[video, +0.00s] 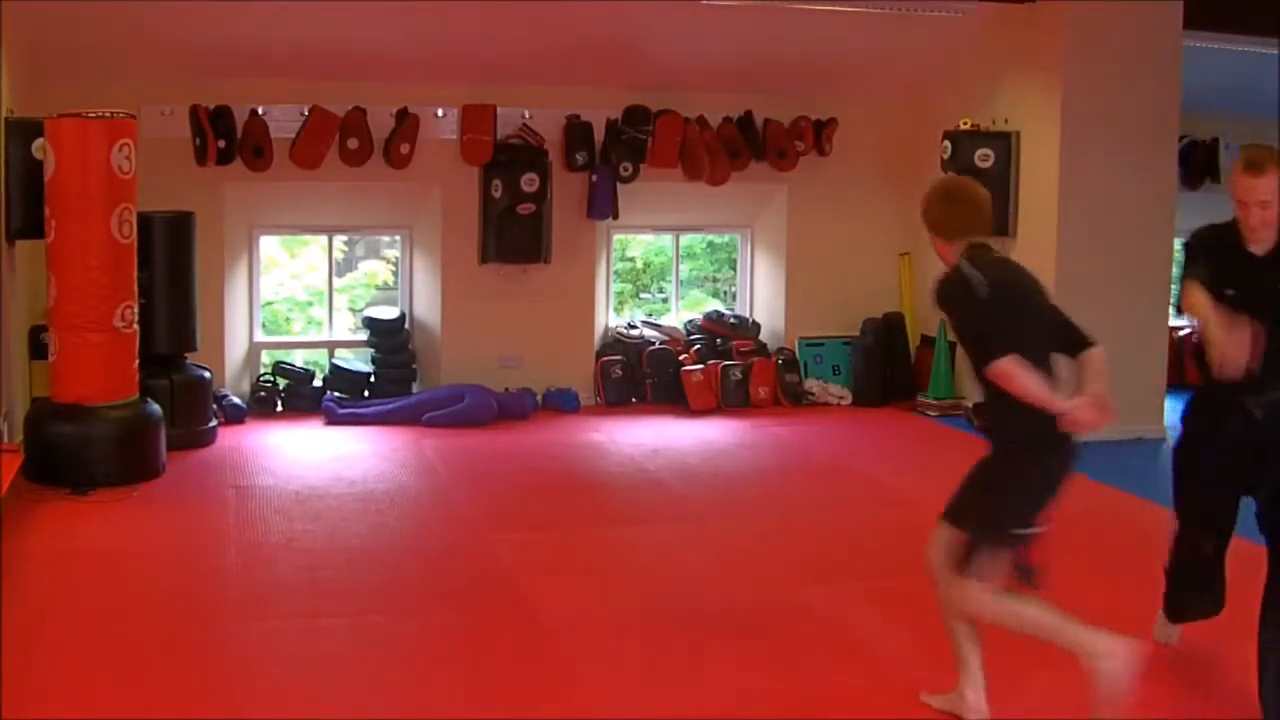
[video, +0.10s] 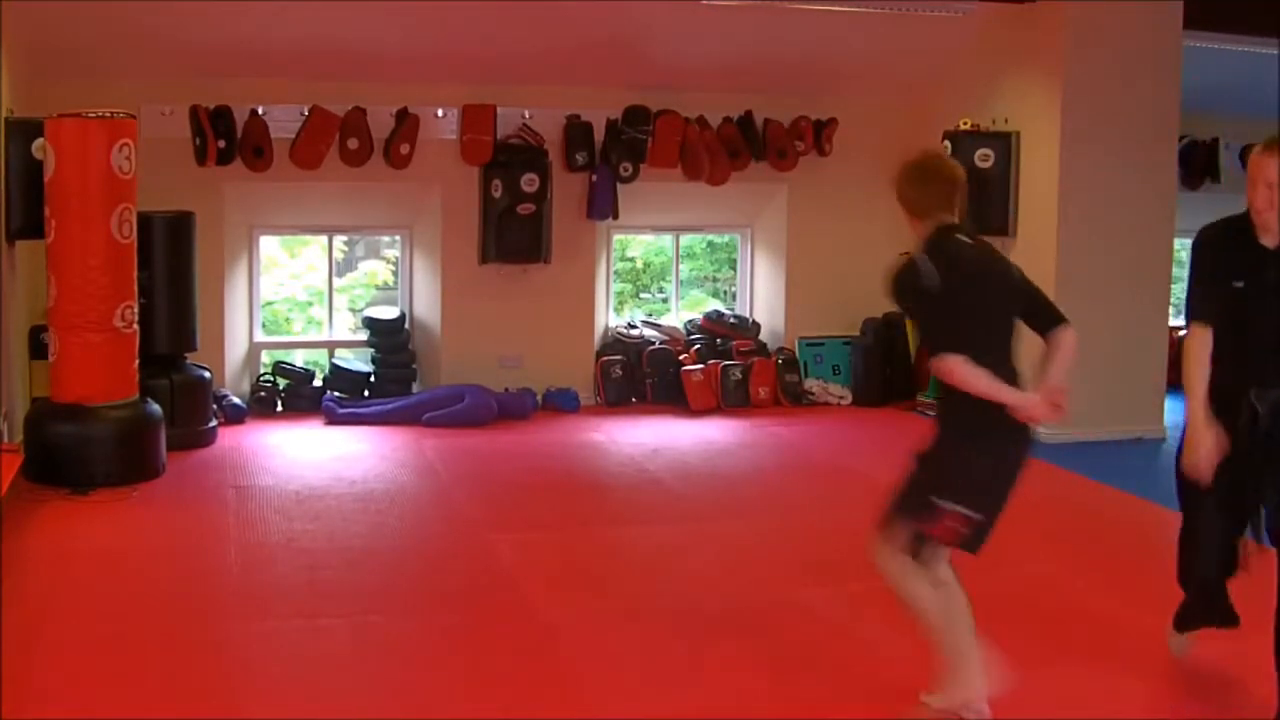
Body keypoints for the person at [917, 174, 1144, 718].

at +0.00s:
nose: (931, 241)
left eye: (930, 232)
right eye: (934, 231)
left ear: (937, 235)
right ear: (984, 225)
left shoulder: (958, 283)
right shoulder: (1014, 275)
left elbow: (999, 363)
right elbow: (1086, 347)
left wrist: (1063, 406)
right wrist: (1093, 395)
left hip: (1027, 449)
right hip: (1037, 442)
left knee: (961, 589)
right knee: (943, 551)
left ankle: (1101, 648)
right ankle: (971, 692)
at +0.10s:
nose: (899, 209)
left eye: (901, 201)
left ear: (906, 206)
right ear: (957, 200)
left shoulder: (917, 270)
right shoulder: (990, 260)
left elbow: (948, 361)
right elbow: (1061, 332)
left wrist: (1018, 398)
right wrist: (1049, 392)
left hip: (965, 427)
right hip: (1004, 426)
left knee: (894, 544)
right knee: (931, 553)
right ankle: (968, 682)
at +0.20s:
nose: (870, 177)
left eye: (870, 168)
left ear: (873, 173)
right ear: (927, 169)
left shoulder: (869, 246)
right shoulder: (961, 238)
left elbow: (875, 343)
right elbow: (1029, 308)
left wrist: (953, 375)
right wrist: (1002, 368)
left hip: (902, 420)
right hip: (963, 419)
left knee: (844, 537)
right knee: (940, 554)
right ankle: (975, 688)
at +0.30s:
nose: (892, 169)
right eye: (893, 161)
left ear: (837, 166)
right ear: (891, 166)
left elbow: (803, 336)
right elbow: (976, 317)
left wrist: (876, 381)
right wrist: (929, 371)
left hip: (845, 412)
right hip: (914, 412)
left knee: (798, 541)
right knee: (933, 559)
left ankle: (743, 663)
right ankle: (969, 688)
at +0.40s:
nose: (870, 183)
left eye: (867, 173)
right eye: (869, 174)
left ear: (809, 176)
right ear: (857, 178)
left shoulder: (775, 249)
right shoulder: (878, 252)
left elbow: (732, 336)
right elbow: (893, 339)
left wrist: (784, 392)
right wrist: (837, 395)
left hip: (783, 420)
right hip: (849, 421)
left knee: (765, 550)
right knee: (896, 560)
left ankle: (729, 675)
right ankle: (936, 690)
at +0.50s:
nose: (853, 182)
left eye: (851, 171)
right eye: (850, 171)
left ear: (796, 171)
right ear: (831, 171)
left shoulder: (754, 232)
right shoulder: (839, 241)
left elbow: (694, 320)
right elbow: (821, 330)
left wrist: (713, 394)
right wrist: (767, 394)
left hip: (737, 409)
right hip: (799, 412)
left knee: (745, 541)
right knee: (847, 543)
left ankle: (725, 675)